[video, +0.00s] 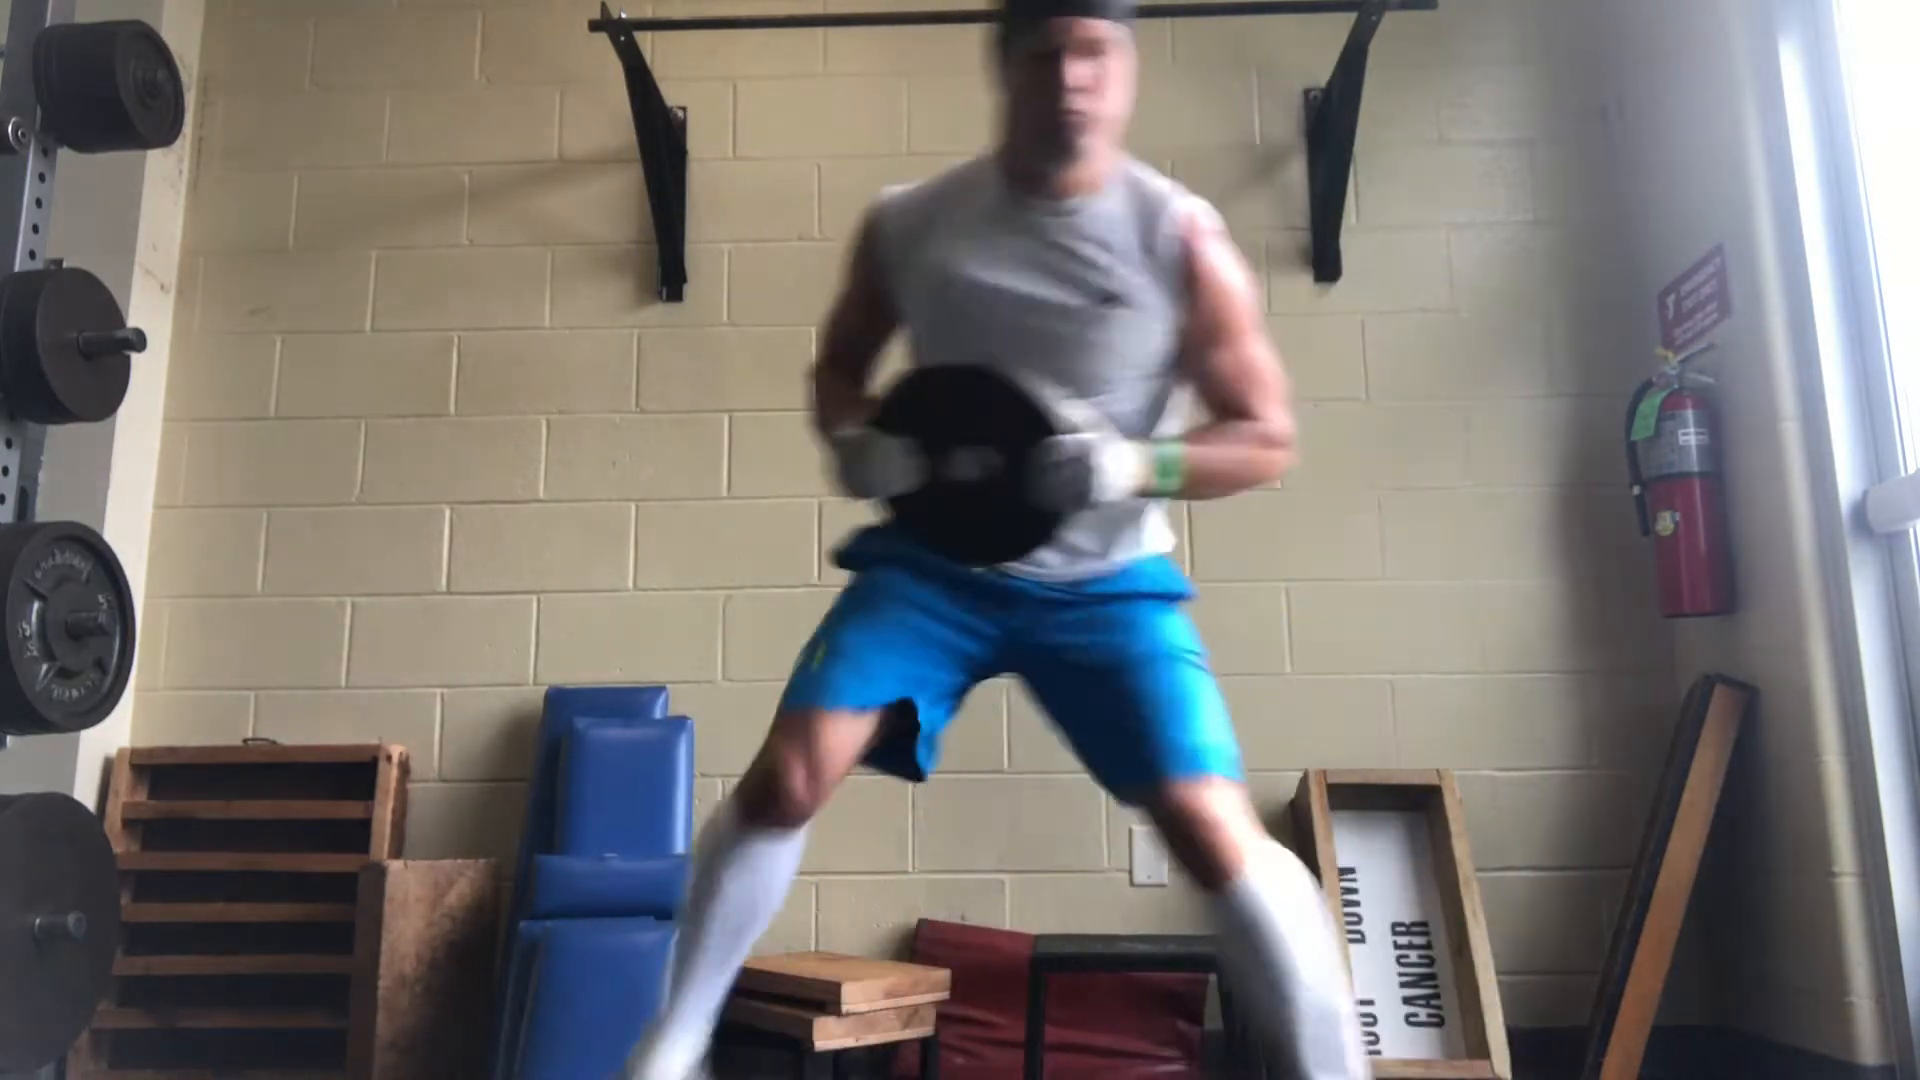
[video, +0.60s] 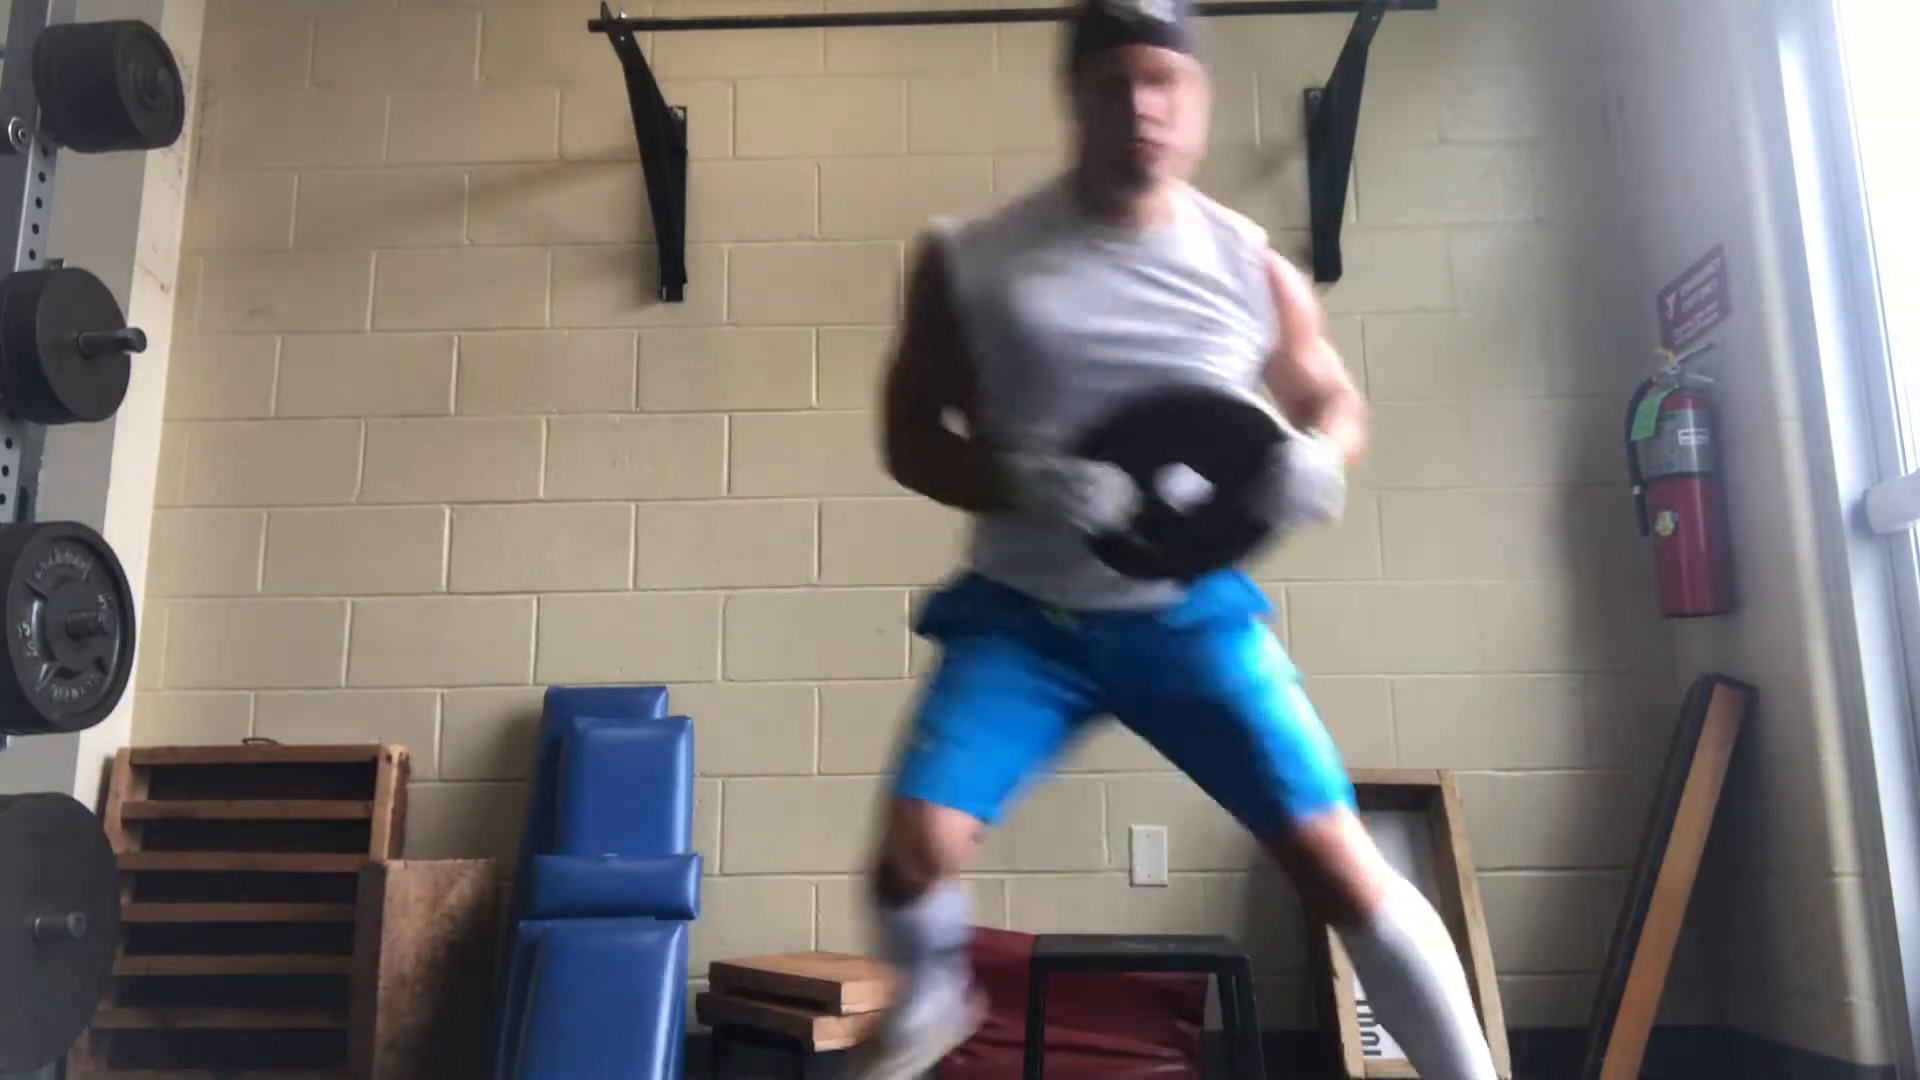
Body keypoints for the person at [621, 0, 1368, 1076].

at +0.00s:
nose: (1070, 79)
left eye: (1094, 52)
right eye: (1042, 54)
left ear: (1129, 70)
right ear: (1001, 72)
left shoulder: (1179, 234)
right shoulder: (910, 228)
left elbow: (1267, 438)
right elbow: (838, 370)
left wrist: (1132, 462)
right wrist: (858, 446)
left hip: (1110, 585)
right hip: (932, 571)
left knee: (1207, 825)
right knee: (787, 777)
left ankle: (1340, 1074)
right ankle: (668, 1058)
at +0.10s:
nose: (958, 116)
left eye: (981, 88)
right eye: (931, 92)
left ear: (1018, 102)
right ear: (892, 110)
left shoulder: (1083, 265)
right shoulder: (816, 276)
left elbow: (1172, 468)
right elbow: (772, 431)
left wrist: (1039, 503)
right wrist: (777, 503)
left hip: (1029, 614)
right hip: (862, 611)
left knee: (1081, 853)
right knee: (742, 867)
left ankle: (1051, 1035)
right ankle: (635, 1077)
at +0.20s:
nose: (857, 164)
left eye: (881, 136)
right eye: (830, 141)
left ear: (917, 149)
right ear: (795, 163)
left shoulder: (1008, 311)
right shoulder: (745, 346)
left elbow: (1122, 486)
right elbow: (727, 499)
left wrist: (1011, 555)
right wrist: (731, 575)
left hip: (974, 656)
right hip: (814, 657)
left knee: (937, 894)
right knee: (695, 883)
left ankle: (856, 987)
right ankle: (625, 1076)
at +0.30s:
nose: (830, 176)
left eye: (852, 147)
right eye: (802, 153)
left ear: (889, 161)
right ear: (767, 180)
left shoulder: (990, 313)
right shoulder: (729, 363)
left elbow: (1128, 472)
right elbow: (723, 512)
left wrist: (1025, 547)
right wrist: (747, 581)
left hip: (971, 665)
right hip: (808, 668)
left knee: (960, 900)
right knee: (689, 886)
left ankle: (995, 979)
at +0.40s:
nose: (886, 145)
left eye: (907, 119)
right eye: (859, 124)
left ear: (945, 132)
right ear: (826, 147)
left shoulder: (1037, 278)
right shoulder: (770, 323)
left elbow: (1187, 415)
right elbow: (754, 485)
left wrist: (1104, 483)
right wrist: (813, 520)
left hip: (1033, 635)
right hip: (857, 647)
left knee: (1132, 847)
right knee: (736, 879)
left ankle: (1196, 1005)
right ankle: (632, 1076)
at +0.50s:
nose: (1006, 104)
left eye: (1027, 76)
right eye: (980, 82)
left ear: (1067, 90)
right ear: (944, 101)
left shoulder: (1145, 241)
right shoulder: (863, 262)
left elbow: (1268, 368)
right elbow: (822, 427)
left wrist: (1217, 419)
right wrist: (899, 461)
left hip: (1121, 588)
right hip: (941, 603)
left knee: (1246, 795)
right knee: (813, 841)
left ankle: (1412, 1053)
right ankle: (703, 1070)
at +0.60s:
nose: (1141, 110)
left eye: (1164, 83)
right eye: (1115, 83)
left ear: (1202, 104)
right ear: (1073, 99)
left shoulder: (1253, 268)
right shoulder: (967, 261)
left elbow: (1335, 408)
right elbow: (910, 441)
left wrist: (1314, 468)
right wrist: (1015, 483)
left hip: (1195, 621)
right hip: (1021, 618)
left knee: (1337, 863)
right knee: (914, 851)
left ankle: (1473, 1074)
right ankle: (932, 1007)